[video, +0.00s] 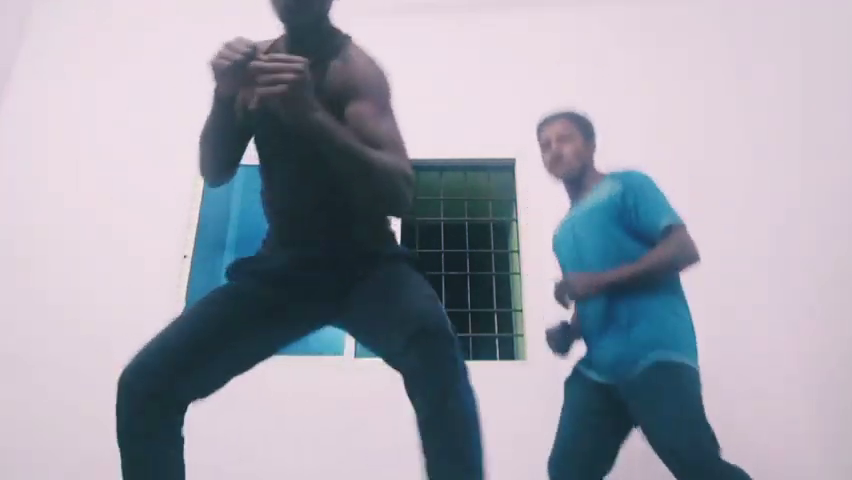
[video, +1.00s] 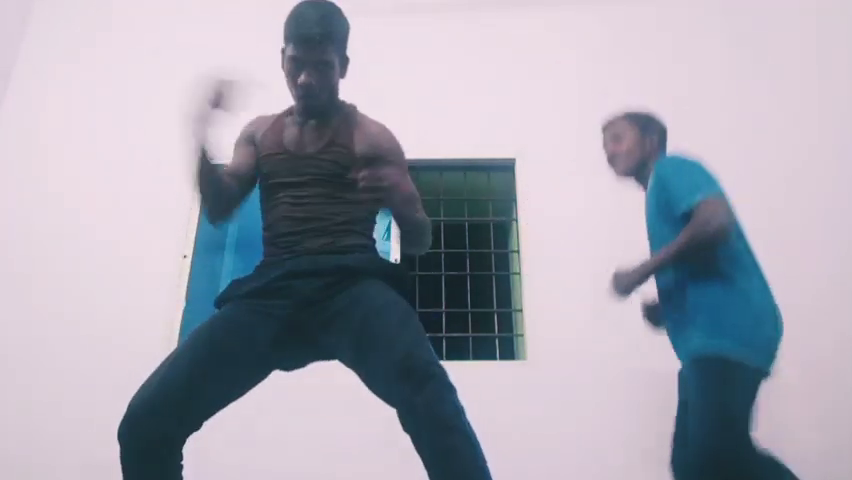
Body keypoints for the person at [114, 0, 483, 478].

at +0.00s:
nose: (296, 3)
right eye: (285, 1)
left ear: (331, 5)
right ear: (272, 6)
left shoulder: (355, 69)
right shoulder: (255, 65)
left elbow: (401, 193)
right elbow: (215, 171)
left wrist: (307, 112)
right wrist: (228, 96)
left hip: (368, 269)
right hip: (283, 273)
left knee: (432, 342)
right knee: (146, 388)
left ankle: (461, 477)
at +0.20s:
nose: (313, 40)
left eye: (330, 29)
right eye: (303, 26)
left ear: (355, 42)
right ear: (286, 35)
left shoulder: (383, 129)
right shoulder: (256, 119)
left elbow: (442, 245)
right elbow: (215, 215)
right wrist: (270, 123)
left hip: (366, 330)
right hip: (276, 333)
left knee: (421, 385)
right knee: (125, 444)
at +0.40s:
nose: (302, 32)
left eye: (319, 22)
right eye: (294, 20)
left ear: (344, 36)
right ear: (282, 30)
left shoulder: (363, 115)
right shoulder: (265, 109)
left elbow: (399, 219)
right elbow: (217, 197)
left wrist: (315, 165)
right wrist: (246, 123)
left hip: (350, 302)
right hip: (269, 305)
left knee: (400, 382)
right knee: (131, 419)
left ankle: (464, 476)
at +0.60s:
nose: (298, 37)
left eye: (314, 27)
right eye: (289, 25)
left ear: (336, 36)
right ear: (276, 32)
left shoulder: (351, 111)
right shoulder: (261, 111)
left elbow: (370, 212)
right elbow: (238, 206)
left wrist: (279, 160)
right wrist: (240, 145)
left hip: (348, 284)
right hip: (274, 288)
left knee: (403, 387)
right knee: (145, 416)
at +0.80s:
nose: (298, 69)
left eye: (313, 58)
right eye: (288, 56)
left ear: (337, 61)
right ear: (275, 58)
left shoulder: (364, 131)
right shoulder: (256, 135)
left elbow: (412, 235)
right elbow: (228, 224)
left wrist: (356, 193)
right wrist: (226, 148)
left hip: (352, 292)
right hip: (273, 296)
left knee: (414, 377)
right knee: (140, 421)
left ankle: (470, 478)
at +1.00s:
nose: (308, 78)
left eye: (322, 66)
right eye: (299, 65)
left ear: (343, 68)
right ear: (284, 64)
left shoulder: (372, 138)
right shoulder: (259, 134)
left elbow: (419, 241)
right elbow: (218, 209)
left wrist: (403, 196)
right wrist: (202, 139)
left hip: (354, 291)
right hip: (271, 292)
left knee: (420, 378)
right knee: (147, 424)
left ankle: (471, 475)